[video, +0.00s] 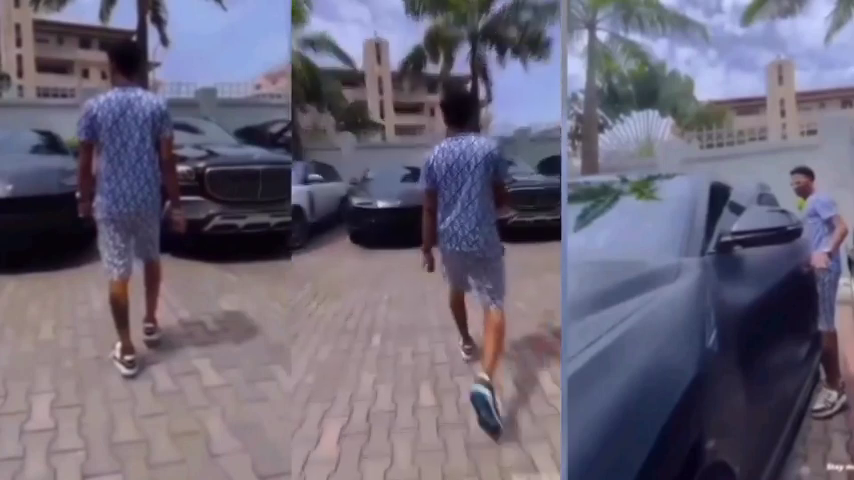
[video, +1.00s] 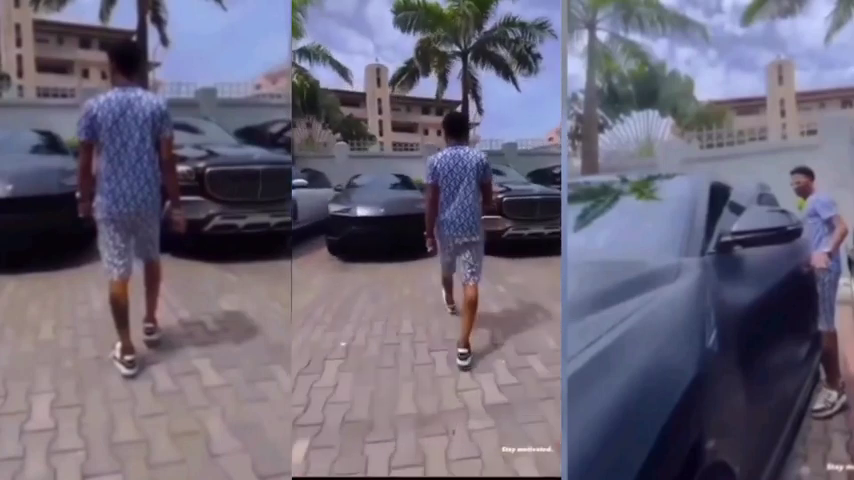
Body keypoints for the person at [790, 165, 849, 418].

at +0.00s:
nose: (796, 187)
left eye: (799, 183)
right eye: (793, 184)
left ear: (811, 181)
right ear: (797, 185)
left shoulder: (821, 201)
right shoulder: (809, 205)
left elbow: (842, 227)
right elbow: (820, 234)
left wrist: (827, 253)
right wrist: (810, 255)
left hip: (825, 268)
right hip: (815, 268)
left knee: (825, 327)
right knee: (822, 327)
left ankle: (834, 388)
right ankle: (830, 385)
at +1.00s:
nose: (796, 187)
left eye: (799, 183)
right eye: (793, 184)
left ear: (811, 181)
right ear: (797, 185)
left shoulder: (821, 201)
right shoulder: (809, 205)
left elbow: (842, 227)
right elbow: (820, 234)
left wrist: (827, 253)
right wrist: (810, 255)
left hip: (825, 268)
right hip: (815, 268)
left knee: (825, 327)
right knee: (822, 327)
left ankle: (834, 388)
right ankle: (830, 385)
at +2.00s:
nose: (796, 187)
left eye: (799, 183)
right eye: (793, 184)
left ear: (811, 181)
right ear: (797, 185)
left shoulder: (821, 201)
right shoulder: (809, 205)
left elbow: (842, 227)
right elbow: (820, 234)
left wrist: (827, 253)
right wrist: (810, 255)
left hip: (825, 268)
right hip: (815, 268)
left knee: (825, 327)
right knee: (822, 327)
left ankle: (834, 388)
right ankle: (830, 385)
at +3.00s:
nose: (796, 187)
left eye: (799, 183)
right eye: (793, 184)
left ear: (811, 181)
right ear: (797, 185)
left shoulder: (821, 201)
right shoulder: (809, 205)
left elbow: (842, 227)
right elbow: (820, 234)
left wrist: (827, 253)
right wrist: (810, 255)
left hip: (825, 268)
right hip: (815, 268)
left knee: (825, 327)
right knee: (822, 327)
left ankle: (834, 388)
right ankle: (830, 385)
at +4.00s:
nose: (796, 187)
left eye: (799, 183)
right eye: (793, 184)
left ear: (811, 181)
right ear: (797, 185)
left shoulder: (821, 201)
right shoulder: (809, 205)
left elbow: (842, 227)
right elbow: (820, 234)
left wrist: (827, 253)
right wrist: (810, 255)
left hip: (825, 268)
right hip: (815, 268)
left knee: (825, 327)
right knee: (822, 327)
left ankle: (834, 388)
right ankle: (830, 385)